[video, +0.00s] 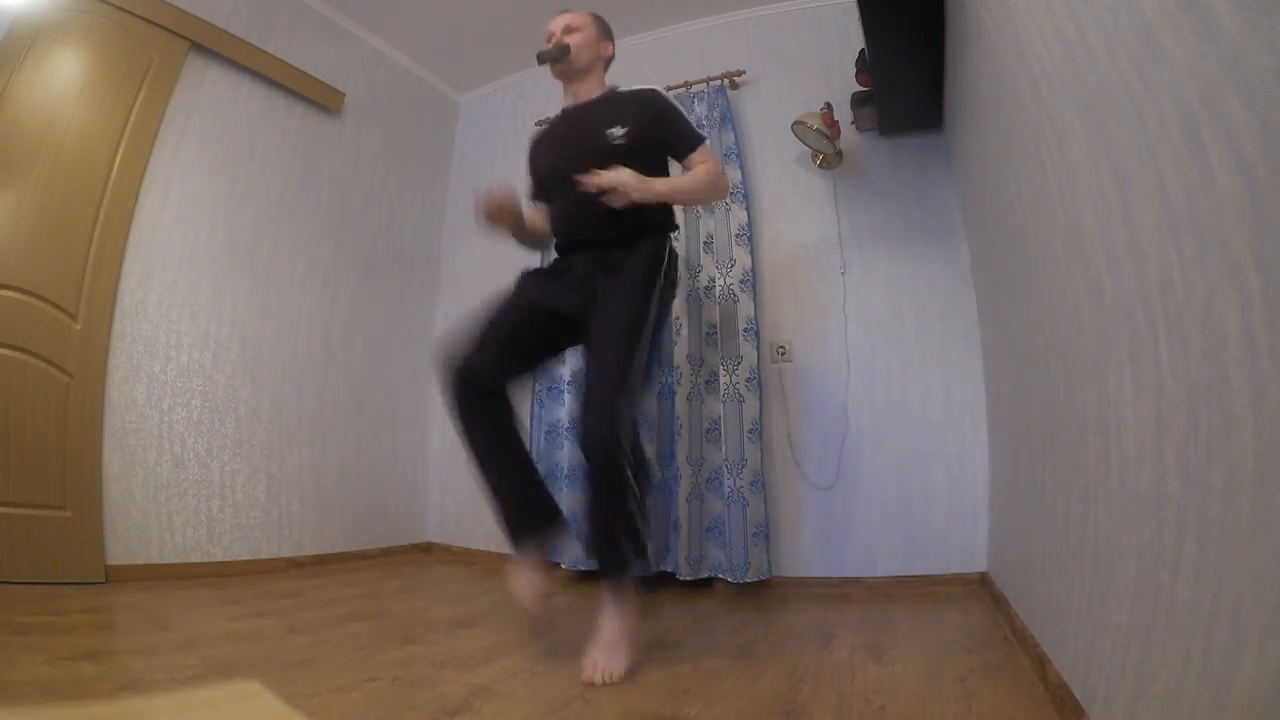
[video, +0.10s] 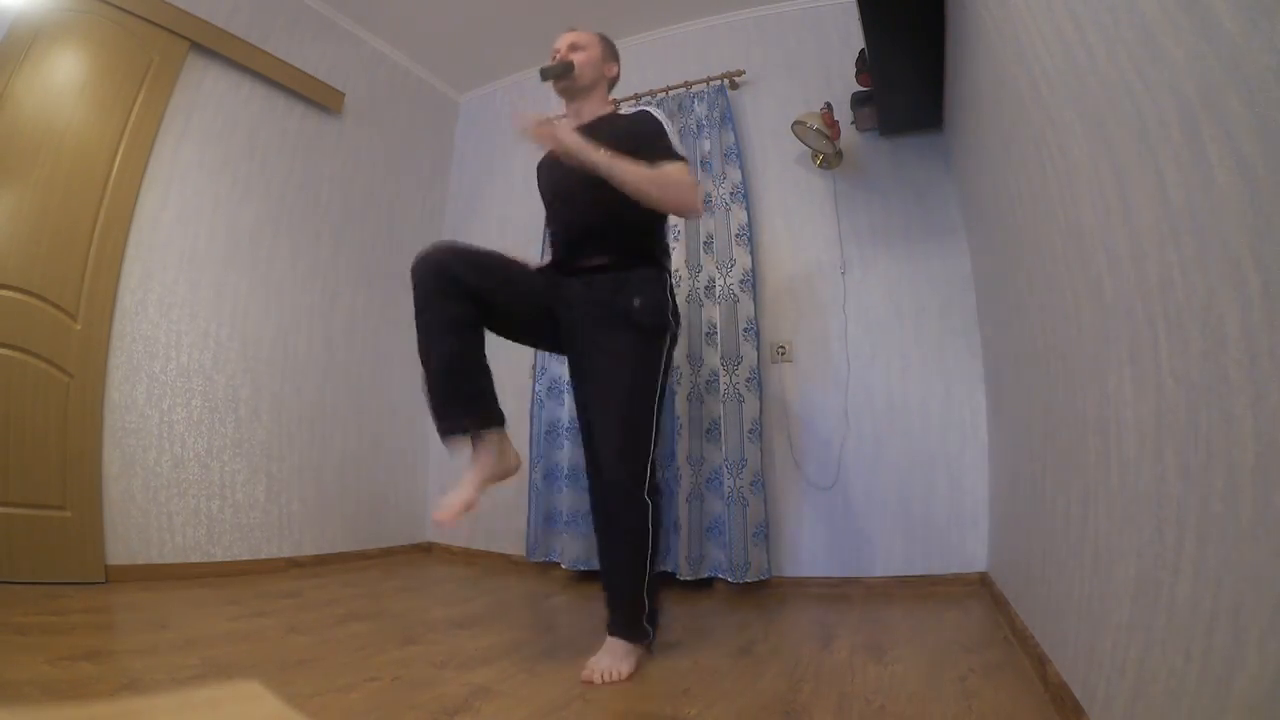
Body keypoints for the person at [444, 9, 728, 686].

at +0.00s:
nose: (555, 37)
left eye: (571, 28)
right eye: (550, 34)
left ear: (607, 49)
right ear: (546, 61)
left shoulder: (646, 106)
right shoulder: (546, 138)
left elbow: (714, 180)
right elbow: (552, 231)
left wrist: (648, 188)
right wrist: (515, 220)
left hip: (633, 273)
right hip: (567, 276)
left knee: (601, 419)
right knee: (472, 374)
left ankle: (618, 599)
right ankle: (535, 535)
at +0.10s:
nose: (559, 55)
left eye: (575, 46)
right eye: (554, 52)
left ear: (612, 69)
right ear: (550, 77)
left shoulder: (637, 125)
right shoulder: (555, 157)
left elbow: (687, 198)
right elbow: (572, 245)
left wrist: (583, 150)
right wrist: (530, 273)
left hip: (625, 305)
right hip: (559, 298)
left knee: (618, 474)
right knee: (440, 267)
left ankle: (627, 630)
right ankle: (489, 446)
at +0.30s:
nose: (569, 30)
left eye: (584, 22)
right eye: (563, 27)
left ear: (616, 44)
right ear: (556, 53)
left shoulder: (651, 113)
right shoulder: (538, 124)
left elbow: (696, 191)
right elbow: (526, 210)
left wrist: (608, 164)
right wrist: (520, 224)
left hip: (627, 250)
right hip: (555, 262)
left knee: (585, 316)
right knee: (534, 426)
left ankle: (604, 516)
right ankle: (565, 603)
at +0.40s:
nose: (567, 43)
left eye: (584, 38)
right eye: (561, 41)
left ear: (615, 66)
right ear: (555, 72)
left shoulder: (652, 137)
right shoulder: (529, 147)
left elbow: (698, 225)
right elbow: (486, 240)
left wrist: (665, 235)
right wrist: (476, 203)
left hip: (634, 294)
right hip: (559, 305)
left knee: (579, 221)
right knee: (569, 457)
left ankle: (600, 427)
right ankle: (600, 611)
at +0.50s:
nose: (564, 35)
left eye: (579, 26)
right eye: (558, 32)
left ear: (612, 49)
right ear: (551, 58)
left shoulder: (648, 110)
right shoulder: (538, 133)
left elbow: (706, 181)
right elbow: (509, 222)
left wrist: (656, 202)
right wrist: (500, 169)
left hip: (637, 263)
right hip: (565, 279)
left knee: (594, 338)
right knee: (525, 429)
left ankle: (619, 529)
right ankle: (565, 590)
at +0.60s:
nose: (566, 43)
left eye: (581, 34)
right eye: (559, 39)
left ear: (615, 50)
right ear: (557, 62)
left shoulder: (648, 109)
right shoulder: (554, 141)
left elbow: (714, 182)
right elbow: (560, 237)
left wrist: (625, 174)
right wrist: (520, 228)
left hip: (636, 286)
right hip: (567, 286)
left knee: (632, 452)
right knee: (453, 327)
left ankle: (654, 614)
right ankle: (512, 492)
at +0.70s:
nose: (570, 52)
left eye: (587, 44)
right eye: (567, 48)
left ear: (622, 67)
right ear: (561, 72)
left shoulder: (645, 121)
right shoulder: (562, 150)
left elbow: (687, 190)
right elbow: (577, 232)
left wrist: (580, 129)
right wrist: (549, 284)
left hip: (635, 311)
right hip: (567, 297)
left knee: (639, 468)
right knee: (452, 272)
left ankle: (653, 623)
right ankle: (498, 459)